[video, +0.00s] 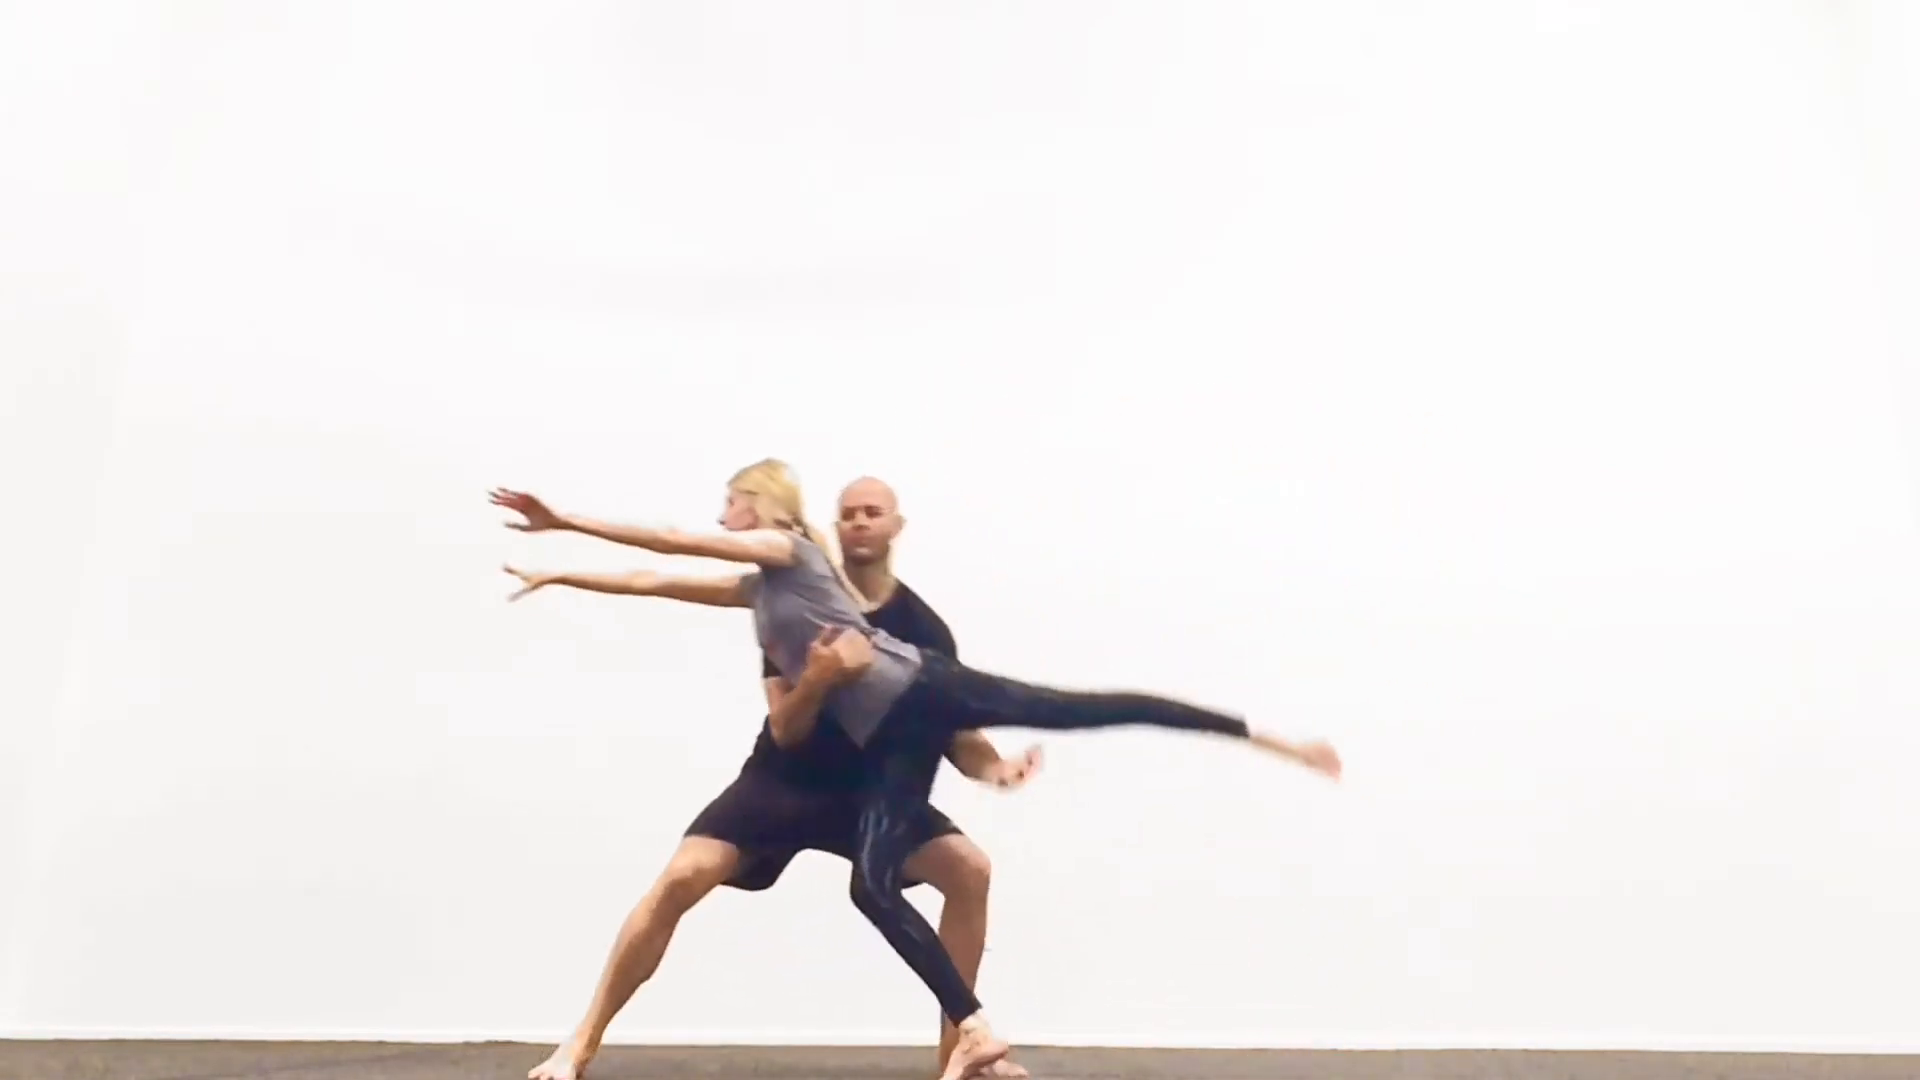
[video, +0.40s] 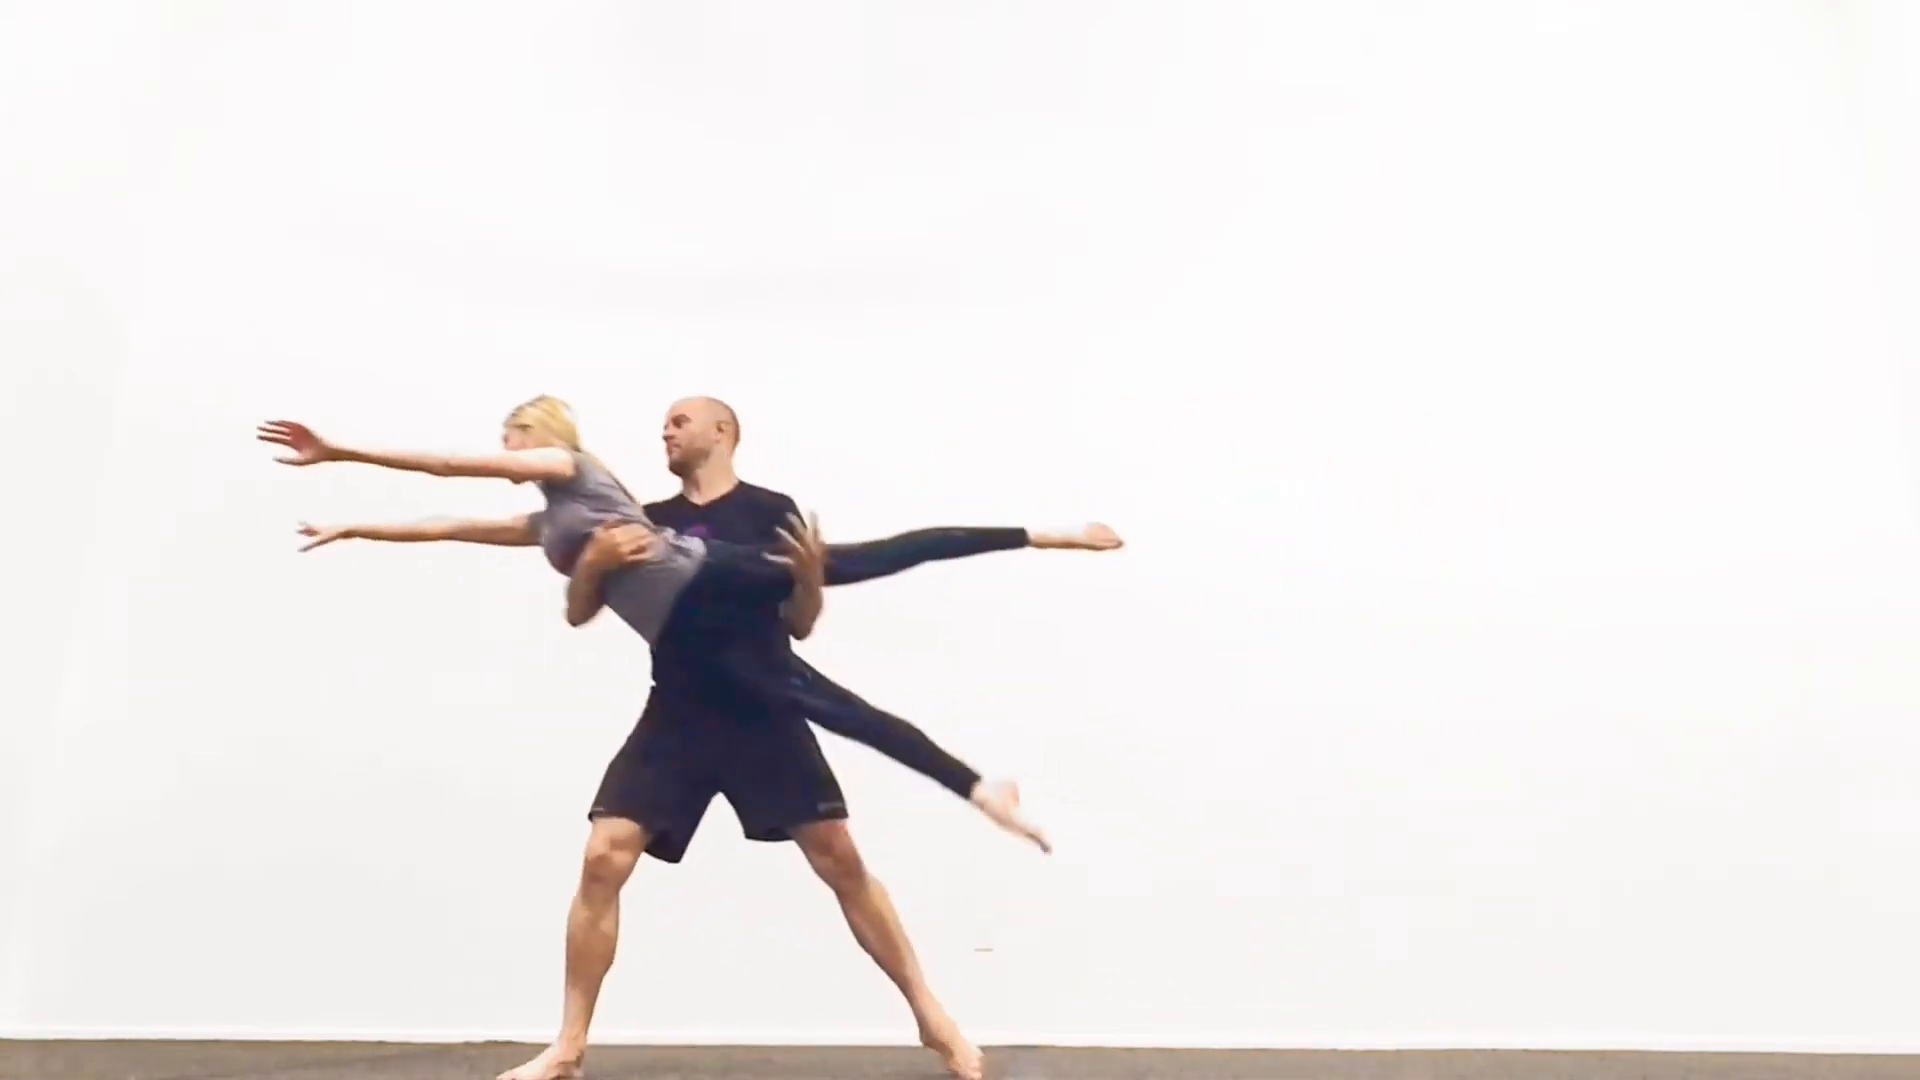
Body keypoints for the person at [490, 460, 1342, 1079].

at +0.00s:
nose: (724, 522)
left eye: (733, 511)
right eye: (725, 514)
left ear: (770, 512)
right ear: (755, 529)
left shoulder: (796, 549)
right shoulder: (759, 593)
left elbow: (676, 545)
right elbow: (664, 588)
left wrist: (567, 519)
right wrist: (570, 580)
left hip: (931, 697)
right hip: (891, 756)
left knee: (1082, 708)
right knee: (872, 890)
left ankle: (1253, 736)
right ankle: (970, 1027)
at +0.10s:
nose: (800, 500)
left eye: (814, 488)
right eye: (790, 490)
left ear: (842, 500)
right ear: (775, 502)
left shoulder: (880, 602)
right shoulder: (739, 575)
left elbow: (926, 694)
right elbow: (621, 564)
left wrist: (976, 679)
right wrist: (509, 556)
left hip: (853, 779)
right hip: (756, 773)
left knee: (938, 865)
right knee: (654, 867)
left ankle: (954, 1041)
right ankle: (580, 1043)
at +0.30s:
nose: (703, 443)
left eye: (719, 434)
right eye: (698, 437)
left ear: (760, 448)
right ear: (697, 459)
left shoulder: (800, 526)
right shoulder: (674, 537)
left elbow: (842, 625)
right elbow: (625, 641)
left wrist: (858, 588)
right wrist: (639, 589)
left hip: (787, 718)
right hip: (702, 716)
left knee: (865, 871)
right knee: (613, 859)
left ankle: (951, 1033)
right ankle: (572, 1042)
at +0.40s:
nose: (670, 427)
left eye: (687, 419)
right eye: (666, 424)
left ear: (730, 433)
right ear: (667, 448)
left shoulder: (776, 514)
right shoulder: (640, 520)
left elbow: (801, 623)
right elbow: (575, 612)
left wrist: (806, 566)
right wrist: (603, 563)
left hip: (762, 706)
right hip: (676, 708)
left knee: (840, 859)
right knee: (604, 859)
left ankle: (935, 1023)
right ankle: (566, 1046)